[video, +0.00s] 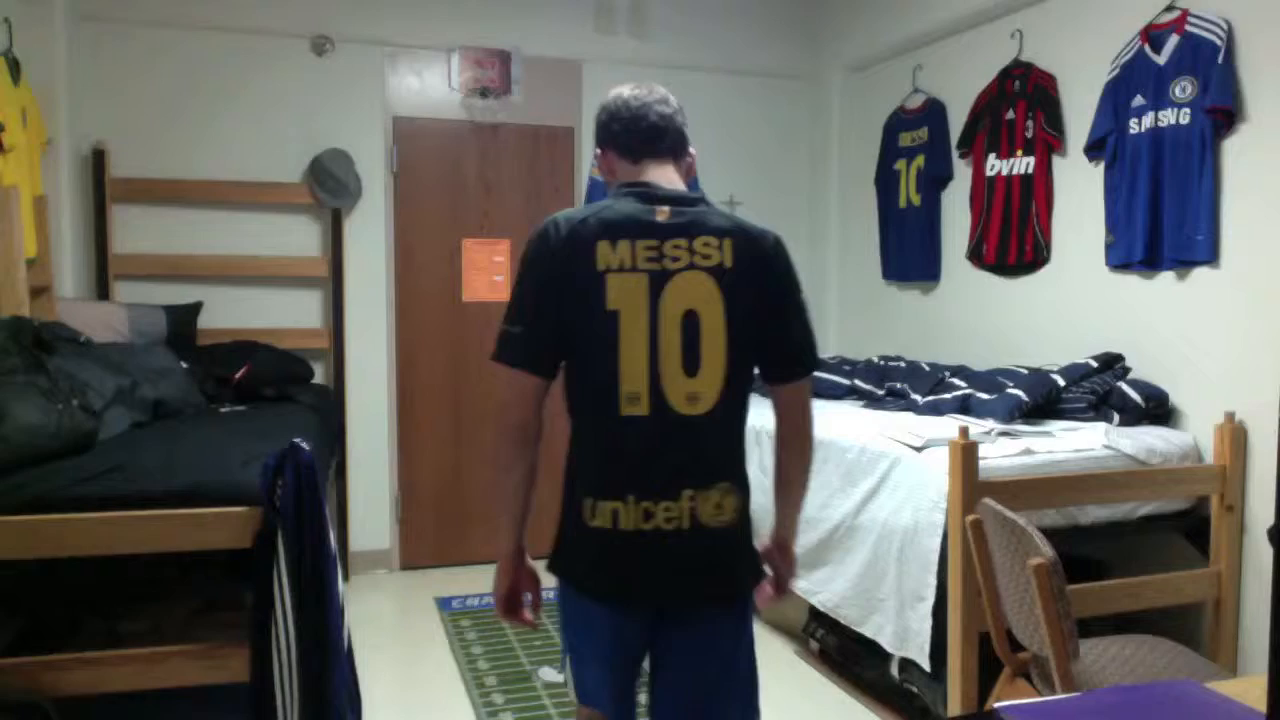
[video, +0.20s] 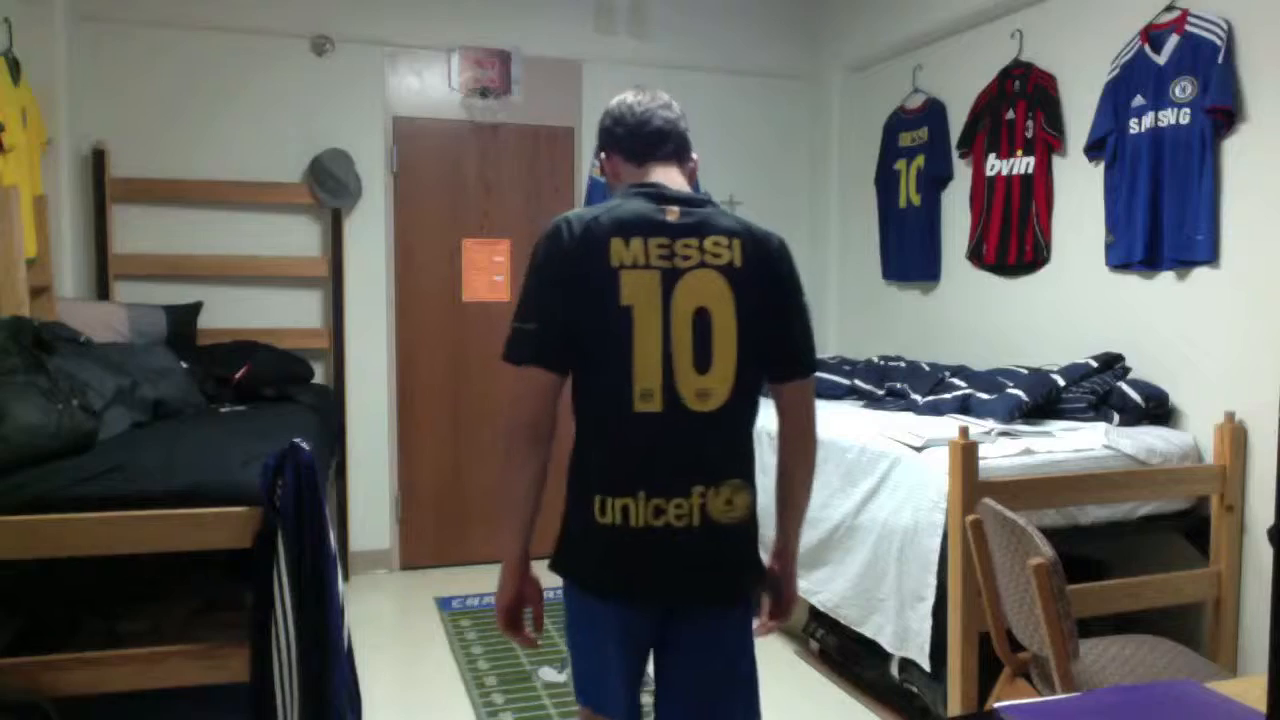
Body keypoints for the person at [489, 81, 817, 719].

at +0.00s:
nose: (598, 171)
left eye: (598, 159)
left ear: (604, 159)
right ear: (690, 156)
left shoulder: (564, 241)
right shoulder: (755, 248)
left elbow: (519, 413)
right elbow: (795, 412)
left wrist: (513, 553)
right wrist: (784, 536)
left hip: (600, 553)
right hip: (712, 553)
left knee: (598, 709)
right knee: (710, 710)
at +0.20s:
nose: (602, 174)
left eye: (602, 163)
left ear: (608, 161)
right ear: (692, 160)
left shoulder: (574, 240)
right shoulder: (761, 250)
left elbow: (532, 421)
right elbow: (799, 425)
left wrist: (516, 561)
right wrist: (785, 556)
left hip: (608, 556)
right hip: (719, 558)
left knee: (603, 711)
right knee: (714, 711)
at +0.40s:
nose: (599, 179)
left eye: (599, 169)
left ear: (605, 166)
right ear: (689, 166)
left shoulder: (572, 241)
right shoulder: (754, 254)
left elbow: (530, 419)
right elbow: (789, 423)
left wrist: (514, 559)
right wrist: (773, 562)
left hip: (603, 554)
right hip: (712, 557)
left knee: (607, 709)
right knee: (708, 709)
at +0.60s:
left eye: (586, 169)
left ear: (588, 173)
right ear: (667, 170)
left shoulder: (549, 245)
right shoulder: (729, 252)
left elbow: (512, 411)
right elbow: (764, 414)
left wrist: (500, 548)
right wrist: (749, 536)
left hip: (587, 547)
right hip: (696, 546)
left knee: (591, 708)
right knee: (694, 709)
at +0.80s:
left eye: (583, 156)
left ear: (584, 164)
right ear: (665, 162)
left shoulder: (545, 247)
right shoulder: (722, 254)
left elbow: (502, 405)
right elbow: (759, 412)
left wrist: (492, 531)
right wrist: (731, 522)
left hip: (581, 542)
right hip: (690, 542)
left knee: (578, 708)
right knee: (687, 709)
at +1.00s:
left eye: (573, 161)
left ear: (576, 165)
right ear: (656, 167)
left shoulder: (535, 249)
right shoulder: (710, 253)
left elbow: (492, 403)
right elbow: (750, 408)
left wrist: (491, 529)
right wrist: (732, 525)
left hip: (570, 537)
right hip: (674, 538)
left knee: (579, 707)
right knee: (667, 709)